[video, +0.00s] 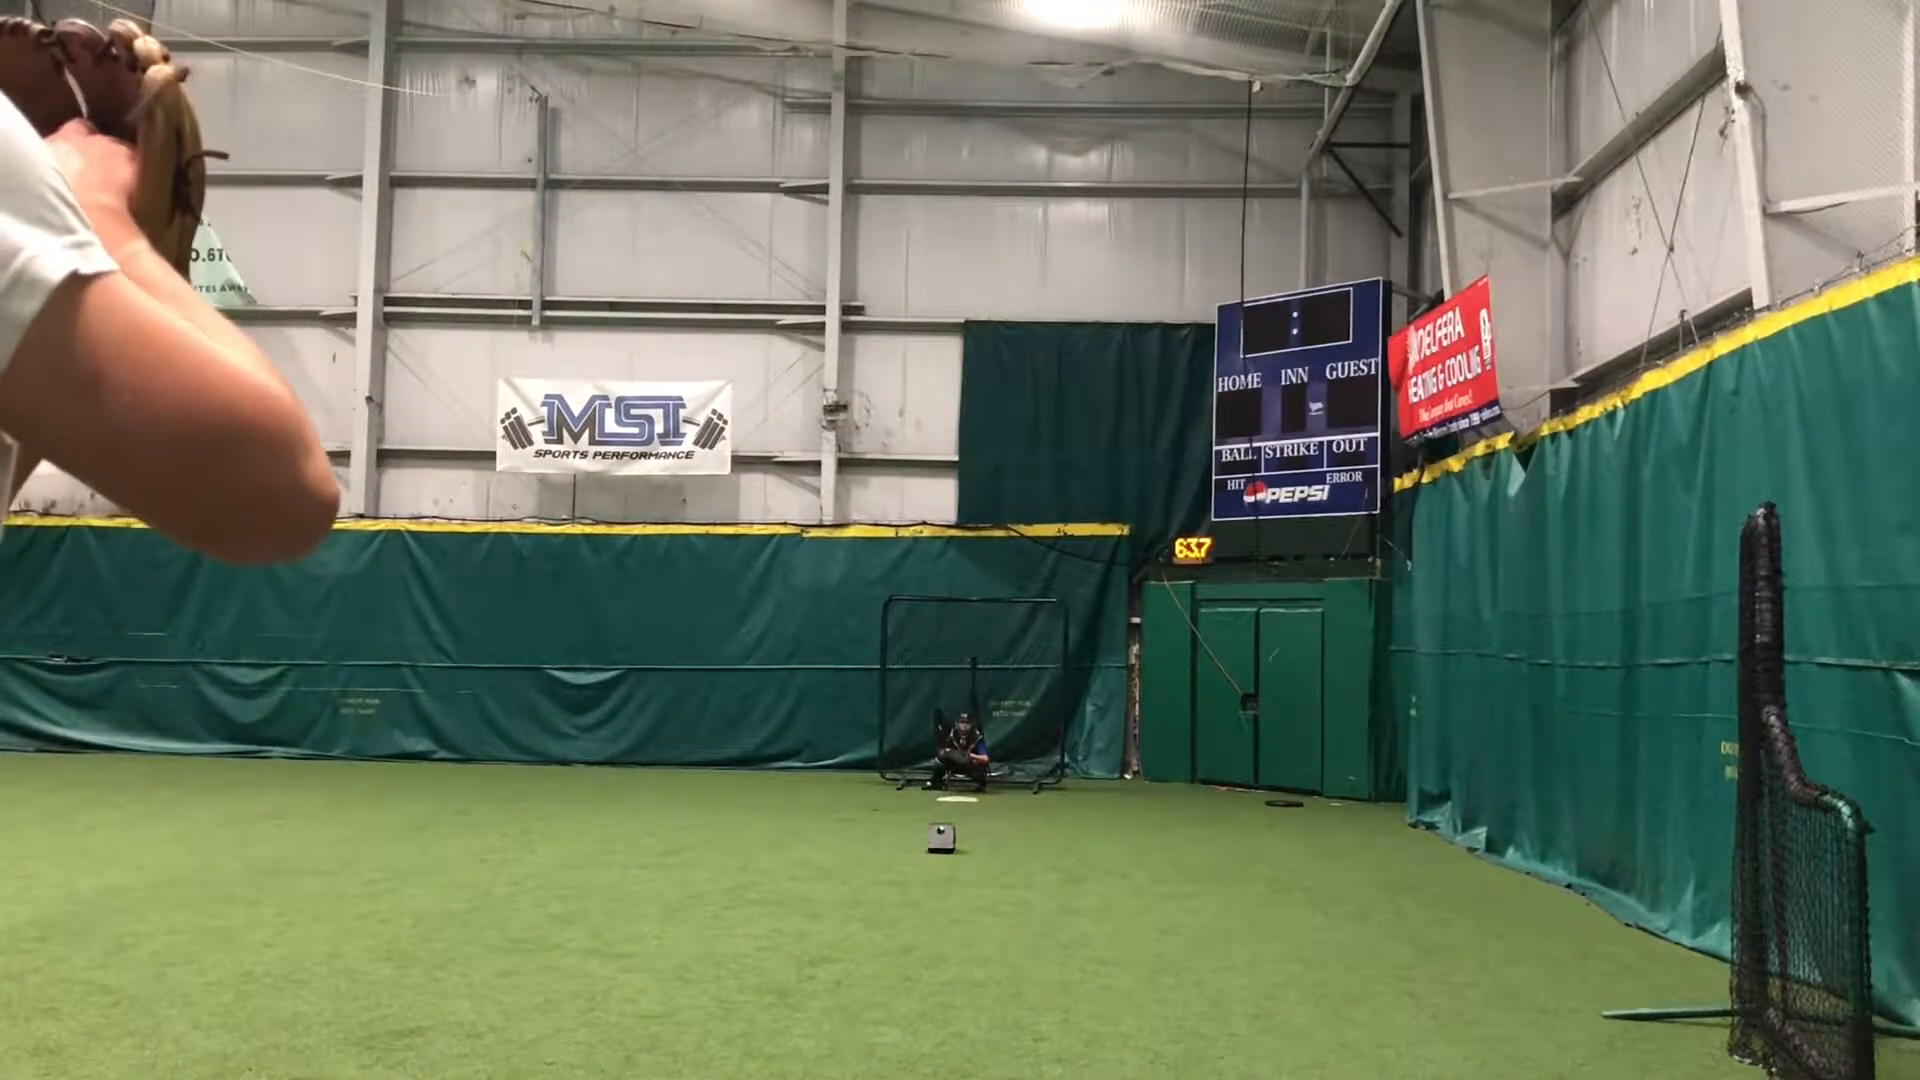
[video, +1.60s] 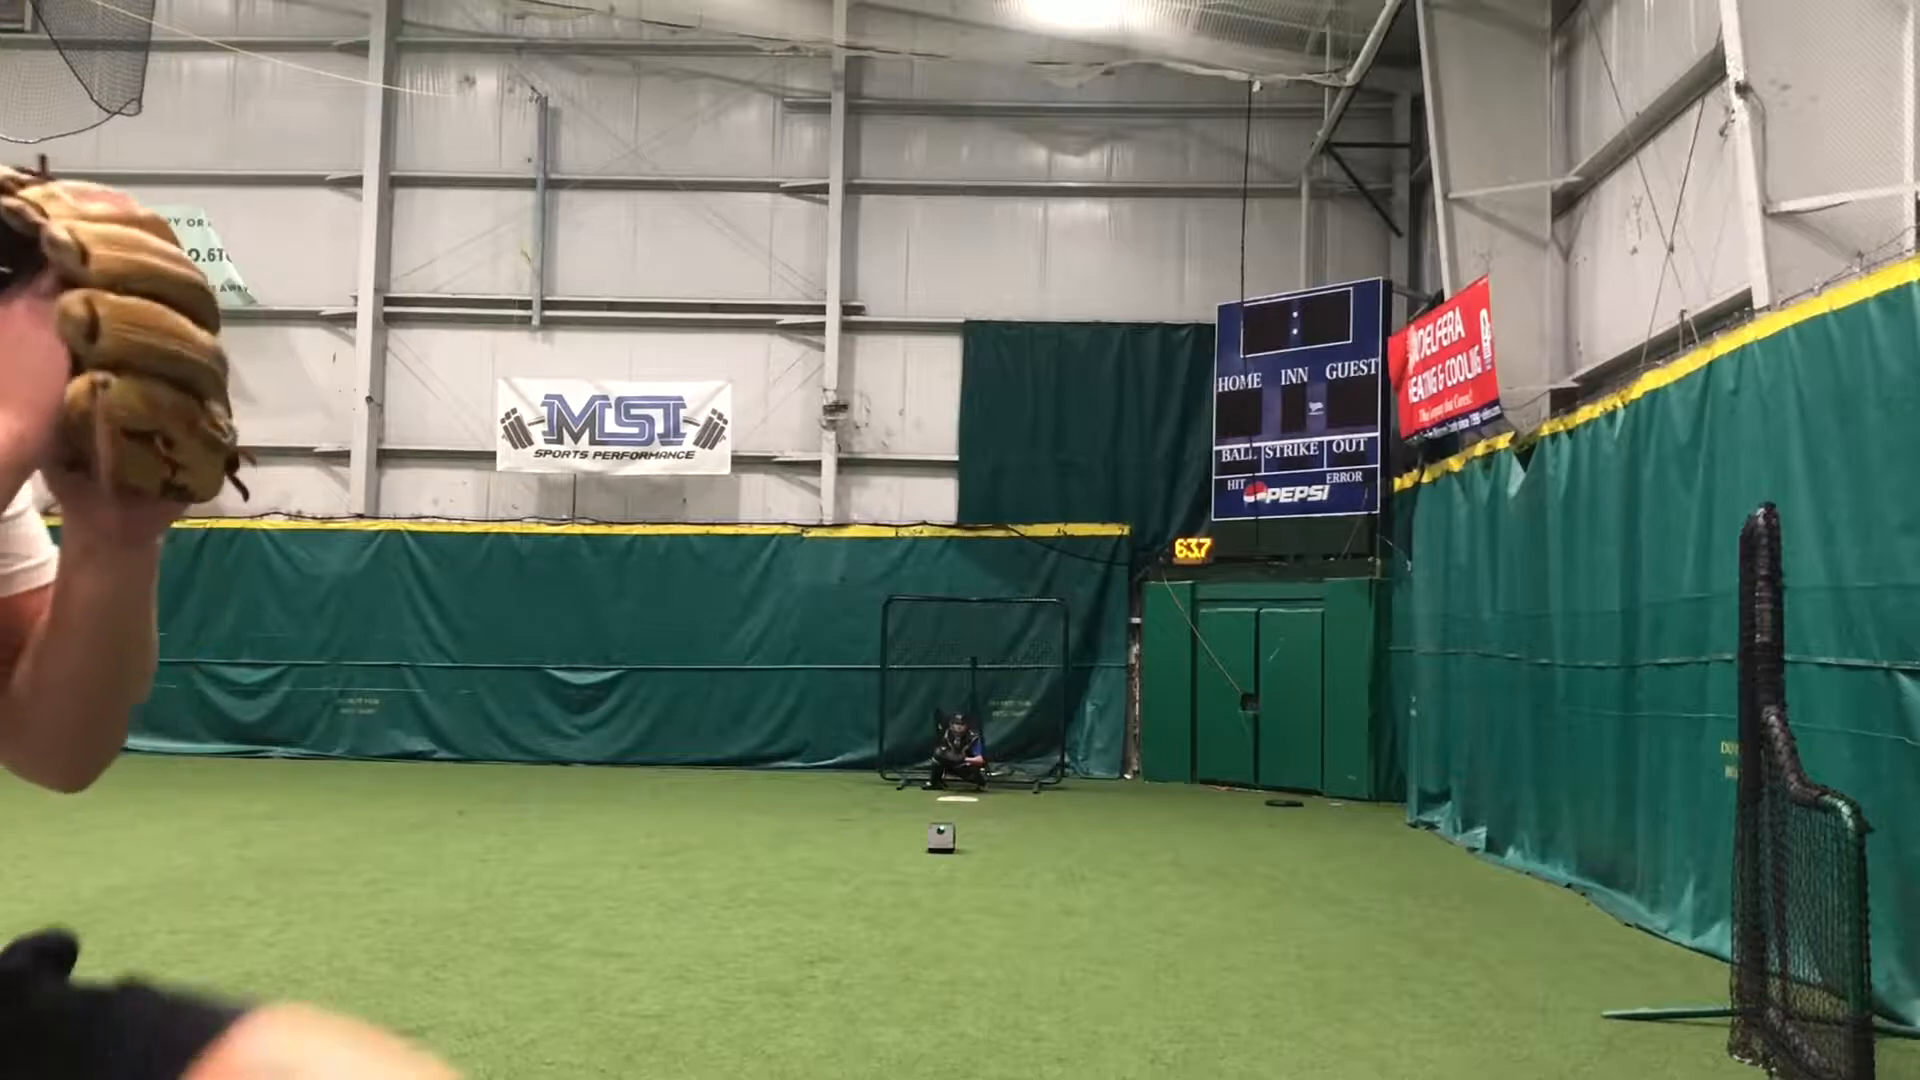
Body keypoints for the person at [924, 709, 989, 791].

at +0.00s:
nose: (964, 726)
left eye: (967, 723)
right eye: (961, 723)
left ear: (971, 725)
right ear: (957, 724)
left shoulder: (977, 738)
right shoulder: (950, 735)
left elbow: (985, 759)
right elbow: (941, 752)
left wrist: (971, 756)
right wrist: (948, 753)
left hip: (971, 764)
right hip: (953, 762)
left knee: (978, 774)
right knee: (940, 762)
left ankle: (981, 784)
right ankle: (936, 782)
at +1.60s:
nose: (958, 727)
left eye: (961, 724)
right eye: (956, 724)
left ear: (966, 726)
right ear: (951, 725)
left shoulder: (973, 738)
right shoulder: (946, 735)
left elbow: (980, 760)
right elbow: (939, 751)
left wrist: (964, 759)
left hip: (966, 766)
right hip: (949, 764)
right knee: (937, 760)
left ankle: (981, 783)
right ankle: (935, 782)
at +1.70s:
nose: (957, 726)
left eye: (960, 724)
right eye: (955, 723)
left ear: (965, 725)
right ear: (950, 725)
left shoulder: (972, 738)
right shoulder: (945, 735)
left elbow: (979, 759)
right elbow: (938, 751)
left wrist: (963, 757)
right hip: (948, 763)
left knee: (963, 768)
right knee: (936, 760)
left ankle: (980, 782)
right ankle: (936, 782)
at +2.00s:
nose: (954, 726)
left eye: (958, 723)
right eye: (952, 722)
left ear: (963, 725)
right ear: (947, 724)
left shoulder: (970, 738)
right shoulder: (942, 735)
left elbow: (976, 758)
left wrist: (960, 756)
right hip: (946, 760)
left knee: (960, 768)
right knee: (935, 753)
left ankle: (980, 782)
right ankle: (935, 782)